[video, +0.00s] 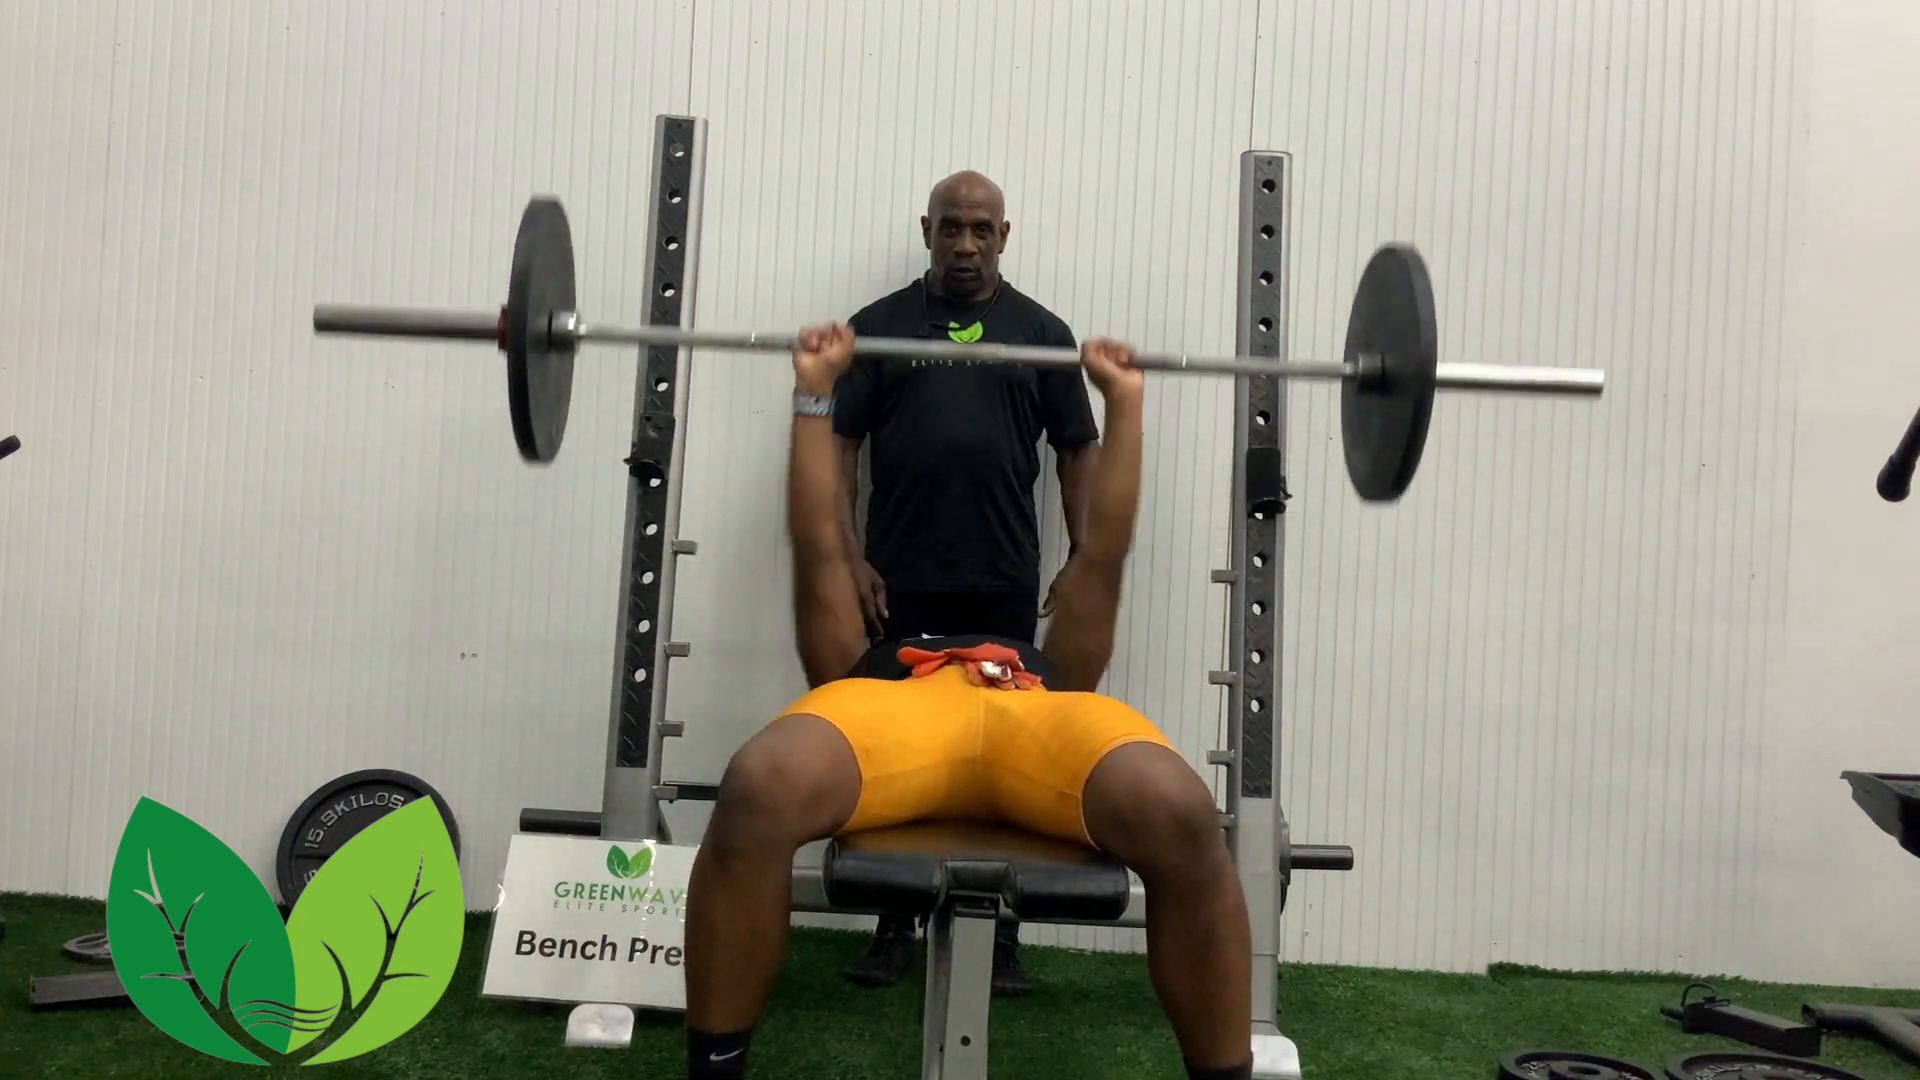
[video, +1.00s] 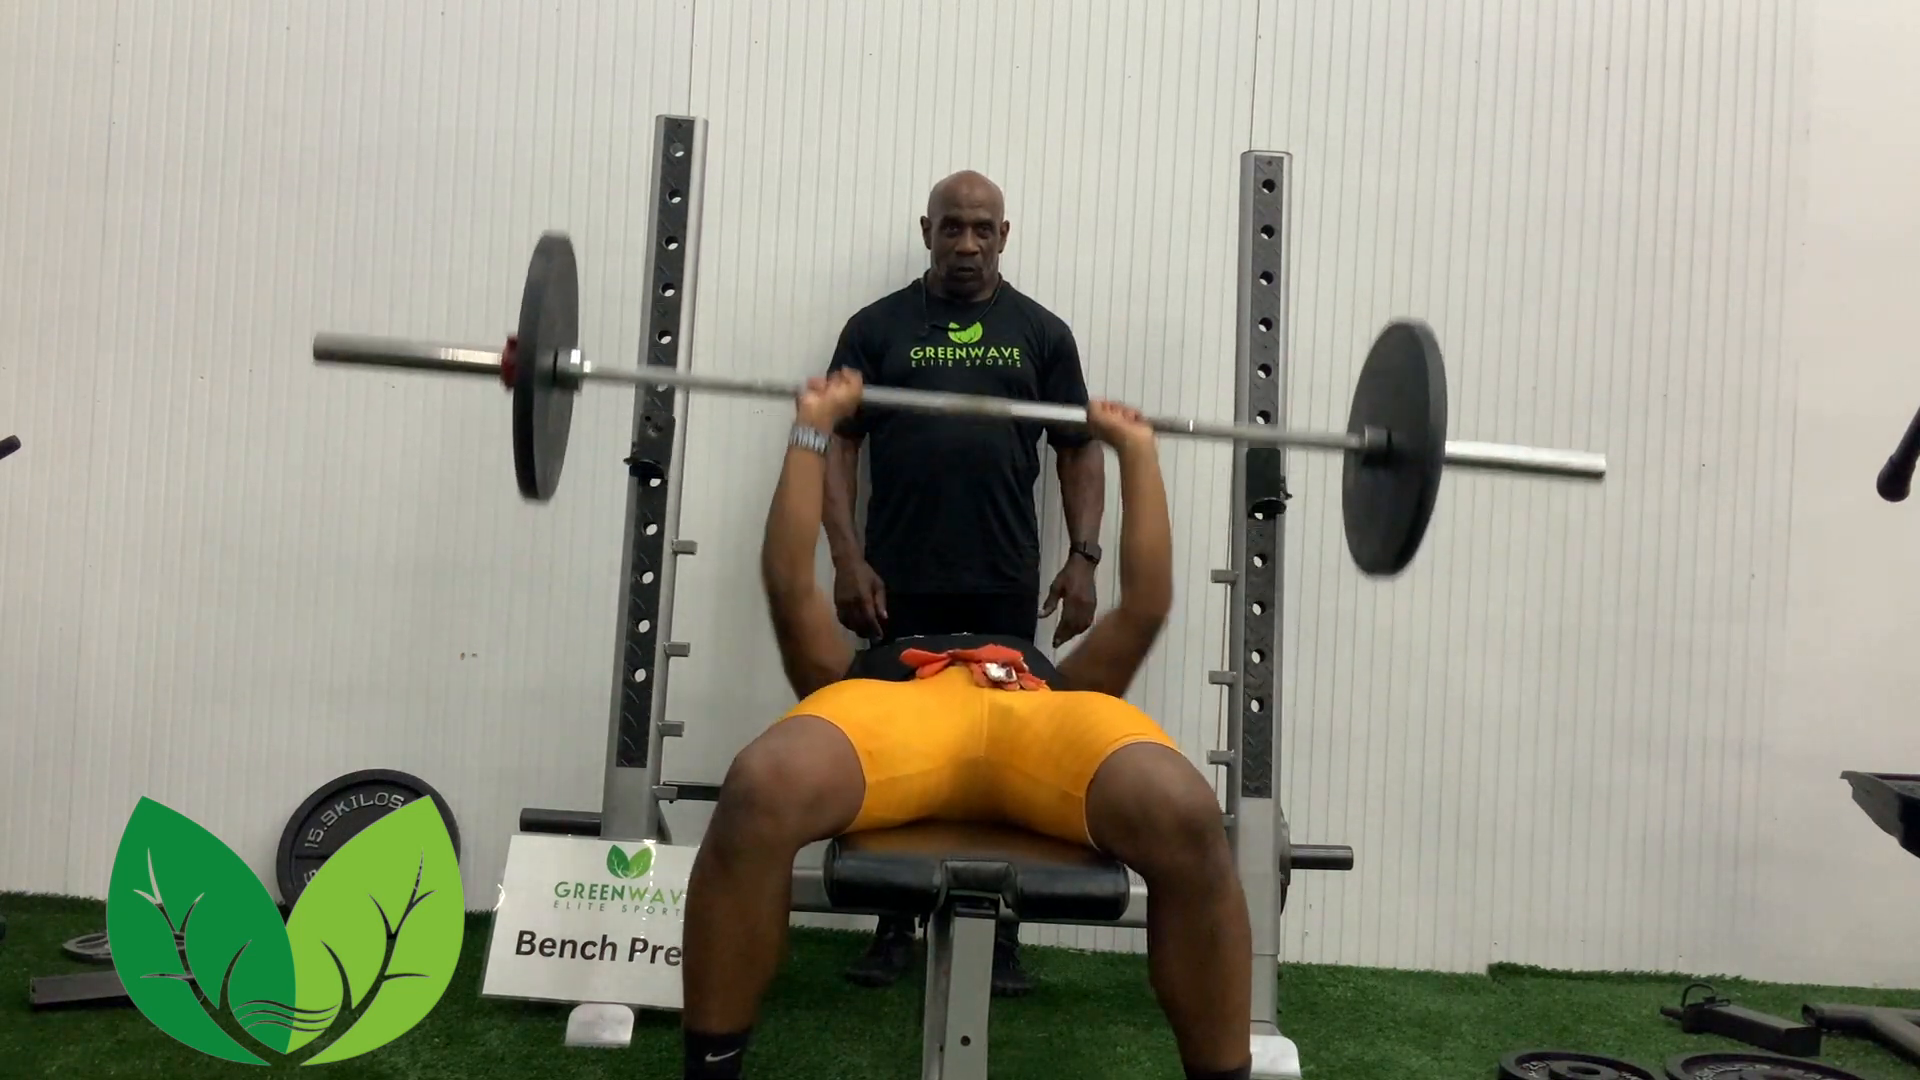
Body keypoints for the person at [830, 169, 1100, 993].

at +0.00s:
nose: (966, 244)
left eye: (983, 230)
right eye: (951, 228)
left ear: (1004, 238)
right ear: (927, 233)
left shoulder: (1041, 334)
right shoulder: (877, 330)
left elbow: (1077, 457)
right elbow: (842, 453)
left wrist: (1084, 556)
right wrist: (848, 556)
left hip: (1008, 584)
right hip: (899, 578)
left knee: (1013, 753)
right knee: (889, 747)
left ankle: (1000, 929)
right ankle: (896, 919)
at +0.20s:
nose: (966, 245)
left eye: (983, 231)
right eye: (951, 229)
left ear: (1004, 238)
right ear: (927, 234)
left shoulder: (1042, 333)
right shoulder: (874, 331)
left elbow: (1079, 451)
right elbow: (839, 453)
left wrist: (1081, 551)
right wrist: (849, 557)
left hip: (1008, 584)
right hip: (899, 579)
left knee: (1009, 757)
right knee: (890, 751)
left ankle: (999, 932)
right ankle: (894, 924)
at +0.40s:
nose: (967, 244)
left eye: (984, 231)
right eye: (952, 229)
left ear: (1006, 239)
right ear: (927, 235)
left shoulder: (1043, 337)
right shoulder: (875, 331)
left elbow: (1079, 454)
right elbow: (838, 456)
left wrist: (1083, 556)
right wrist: (850, 560)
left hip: (1005, 590)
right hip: (900, 587)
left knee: (1012, 755)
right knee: (891, 752)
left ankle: (999, 929)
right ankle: (896, 920)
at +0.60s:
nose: (967, 243)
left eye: (983, 230)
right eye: (952, 228)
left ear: (1005, 239)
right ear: (927, 234)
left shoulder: (1042, 336)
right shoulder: (876, 330)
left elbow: (1078, 452)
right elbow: (835, 448)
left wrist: (1081, 557)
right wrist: (850, 559)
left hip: (1007, 589)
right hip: (899, 586)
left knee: (1010, 762)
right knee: (891, 761)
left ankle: (1001, 931)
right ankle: (895, 924)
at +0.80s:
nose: (968, 244)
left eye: (984, 231)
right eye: (952, 229)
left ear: (1005, 239)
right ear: (927, 235)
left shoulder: (1042, 337)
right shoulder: (875, 331)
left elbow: (1079, 454)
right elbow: (836, 447)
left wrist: (1082, 559)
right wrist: (849, 559)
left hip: (1005, 589)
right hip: (901, 587)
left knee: (1013, 755)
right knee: (888, 753)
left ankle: (1000, 929)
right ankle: (895, 923)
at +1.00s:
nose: (968, 244)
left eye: (985, 230)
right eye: (953, 228)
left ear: (1005, 238)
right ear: (926, 233)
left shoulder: (1043, 335)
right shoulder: (873, 332)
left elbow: (1078, 453)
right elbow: (837, 456)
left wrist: (1083, 556)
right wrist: (848, 559)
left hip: (1008, 584)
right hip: (901, 579)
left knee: (1013, 755)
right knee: (890, 752)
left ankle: (1001, 931)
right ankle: (896, 920)